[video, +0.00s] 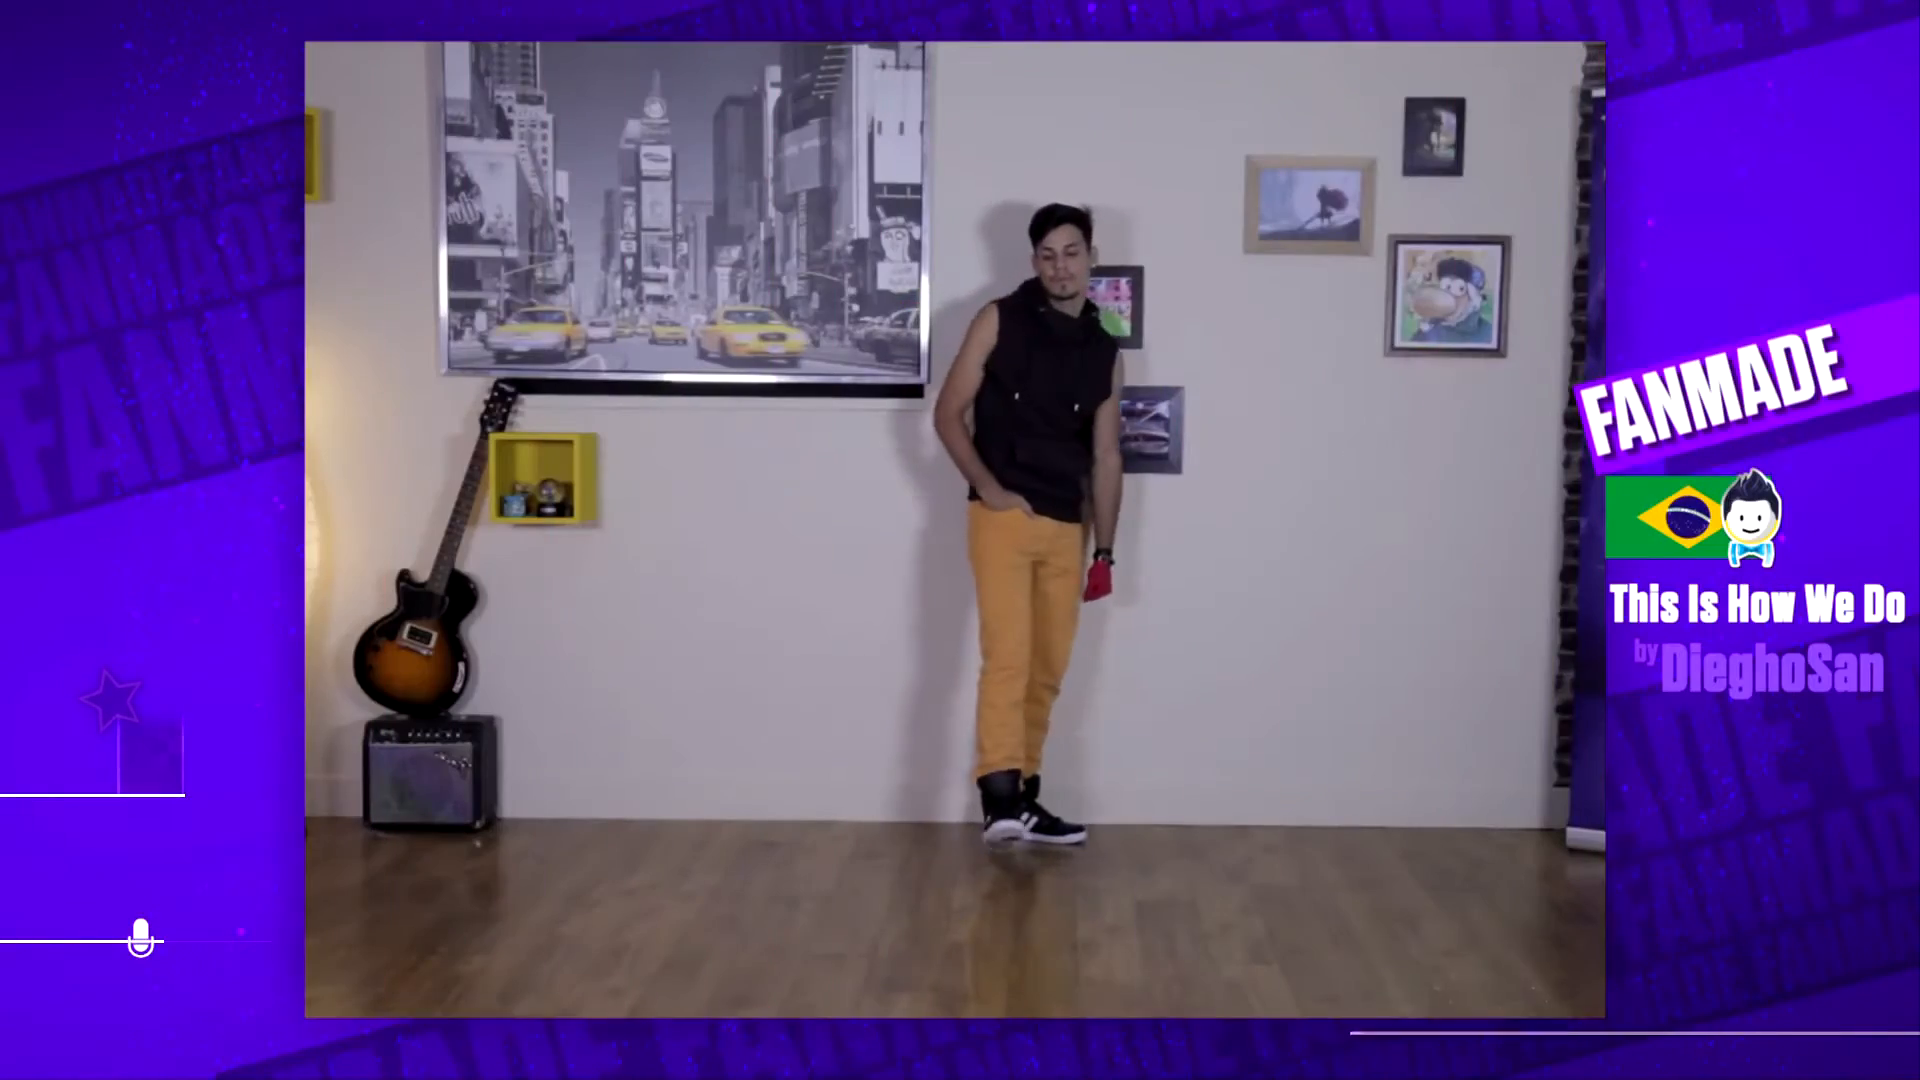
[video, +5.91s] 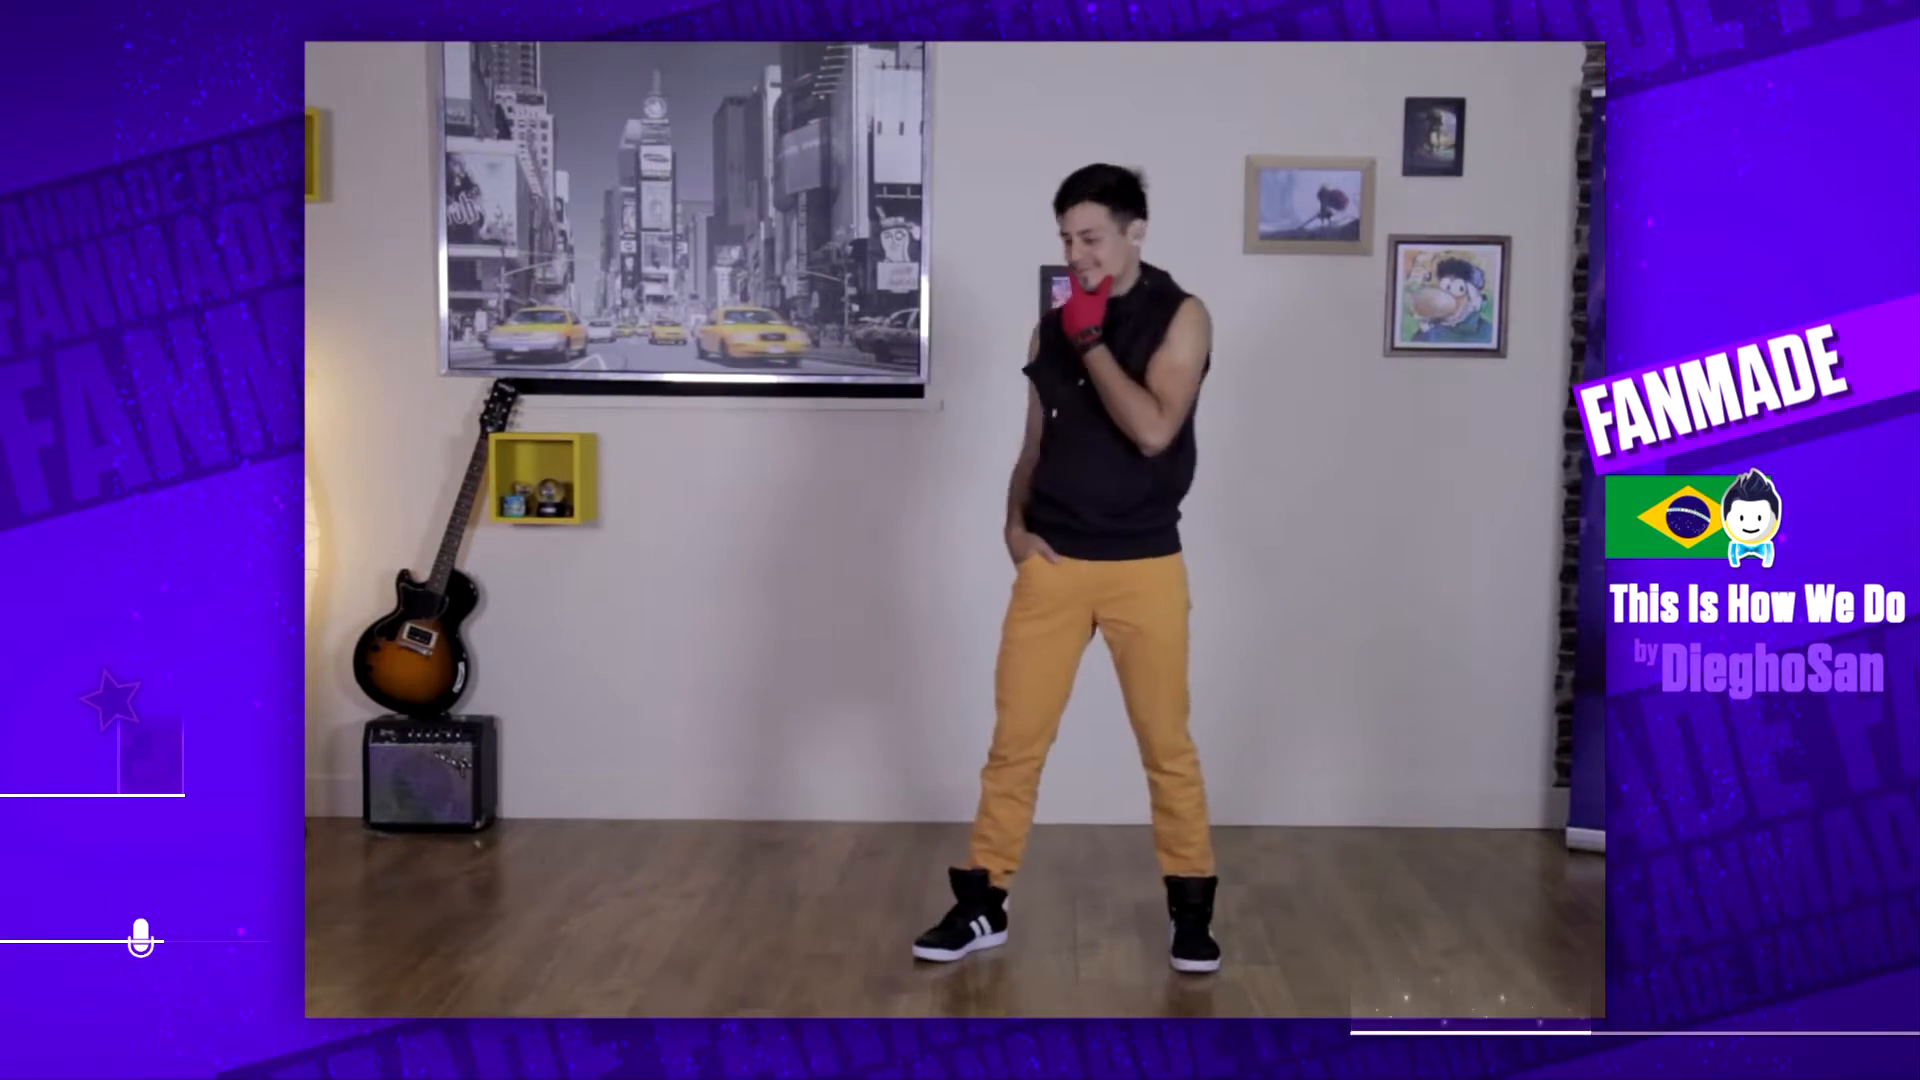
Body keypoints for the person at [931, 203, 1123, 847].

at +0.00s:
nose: (1059, 265)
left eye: (1071, 253)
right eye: (1047, 255)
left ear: (1091, 257)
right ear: (1034, 261)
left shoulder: (1102, 347)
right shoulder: (1000, 320)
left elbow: (1107, 453)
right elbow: (947, 414)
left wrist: (1103, 545)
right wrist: (986, 488)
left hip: (1068, 527)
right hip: (1004, 517)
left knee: (1047, 668)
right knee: (1008, 660)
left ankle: (1023, 800)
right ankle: (999, 804)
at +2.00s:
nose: (1049, 254)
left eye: (1062, 242)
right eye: (1037, 243)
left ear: (1086, 251)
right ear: (1022, 255)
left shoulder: (1113, 349)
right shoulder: (996, 332)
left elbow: (1157, 465)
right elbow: (965, 430)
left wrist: (1179, 567)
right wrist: (963, 514)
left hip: (1081, 550)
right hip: (1000, 546)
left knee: (1083, 710)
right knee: (1000, 706)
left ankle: (1097, 871)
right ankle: (1006, 829)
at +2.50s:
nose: (1037, 263)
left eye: (1053, 250)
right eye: (1026, 249)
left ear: (1079, 256)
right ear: (1011, 254)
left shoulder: (1118, 320)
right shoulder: (1018, 348)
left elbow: (1119, 437)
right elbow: (1019, 448)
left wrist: (1061, 534)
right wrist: (1014, 517)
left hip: (1128, 546)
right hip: (1055, 544)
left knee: (1109, 710)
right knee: (1036, 701)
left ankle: (1100, 865)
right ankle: (1045, 817)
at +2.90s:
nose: (1087, 240)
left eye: (1105, 228)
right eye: (1076, 225)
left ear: (1127, 241)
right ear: (1061, 232)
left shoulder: (1159, 319)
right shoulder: (1029, 330)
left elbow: (1181, 435)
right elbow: (995, 442)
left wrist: (1154, 525)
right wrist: (1013, 520)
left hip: (1138, 547)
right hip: (1057, 543)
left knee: (1115, 713)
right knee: (1033, 703)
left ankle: (1101, 865)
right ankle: (1032, 814)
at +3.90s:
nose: (1045, 231)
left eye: (1063, 220)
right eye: (1034, 217)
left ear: (1087, 236)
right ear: (1016, 229)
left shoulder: (1120, 330)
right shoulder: (975, 324)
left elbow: (1147, 459)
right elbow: (918, 440)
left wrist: (1085, 435)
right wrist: (966, 531)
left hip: (1103, 563)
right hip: (1009, 562)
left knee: (1138, 722)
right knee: (990, 733)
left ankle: (1126, 864)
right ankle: (966, 897)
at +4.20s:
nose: (1073, 252)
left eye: (1087, 239)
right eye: (1057, 238)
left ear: (1103, 239)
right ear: (1029, 239)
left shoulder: (1125, 302)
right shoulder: (1010, 335)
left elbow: (1106, 410)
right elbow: (973, 449)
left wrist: (1051, 318)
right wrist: (986, 523)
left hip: (1122, 567)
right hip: (1029, 563)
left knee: (1158, 739)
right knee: (995, 736)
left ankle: (1200, 904)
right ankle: (975, 900)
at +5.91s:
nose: (1076, 253)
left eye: (1091, 238)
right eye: (1067, 240)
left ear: (1136, 232)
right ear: (1060, 241)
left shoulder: (1182, 318)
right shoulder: (1058, 326)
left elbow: (1155, 429)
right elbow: (1036, 439)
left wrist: (1090, 342)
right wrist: (1016, 519)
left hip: (1144, 571)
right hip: (1050, 566)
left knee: (1166, 746)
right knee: (1015, 741)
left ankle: (1190, 908)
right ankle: (982, 902)